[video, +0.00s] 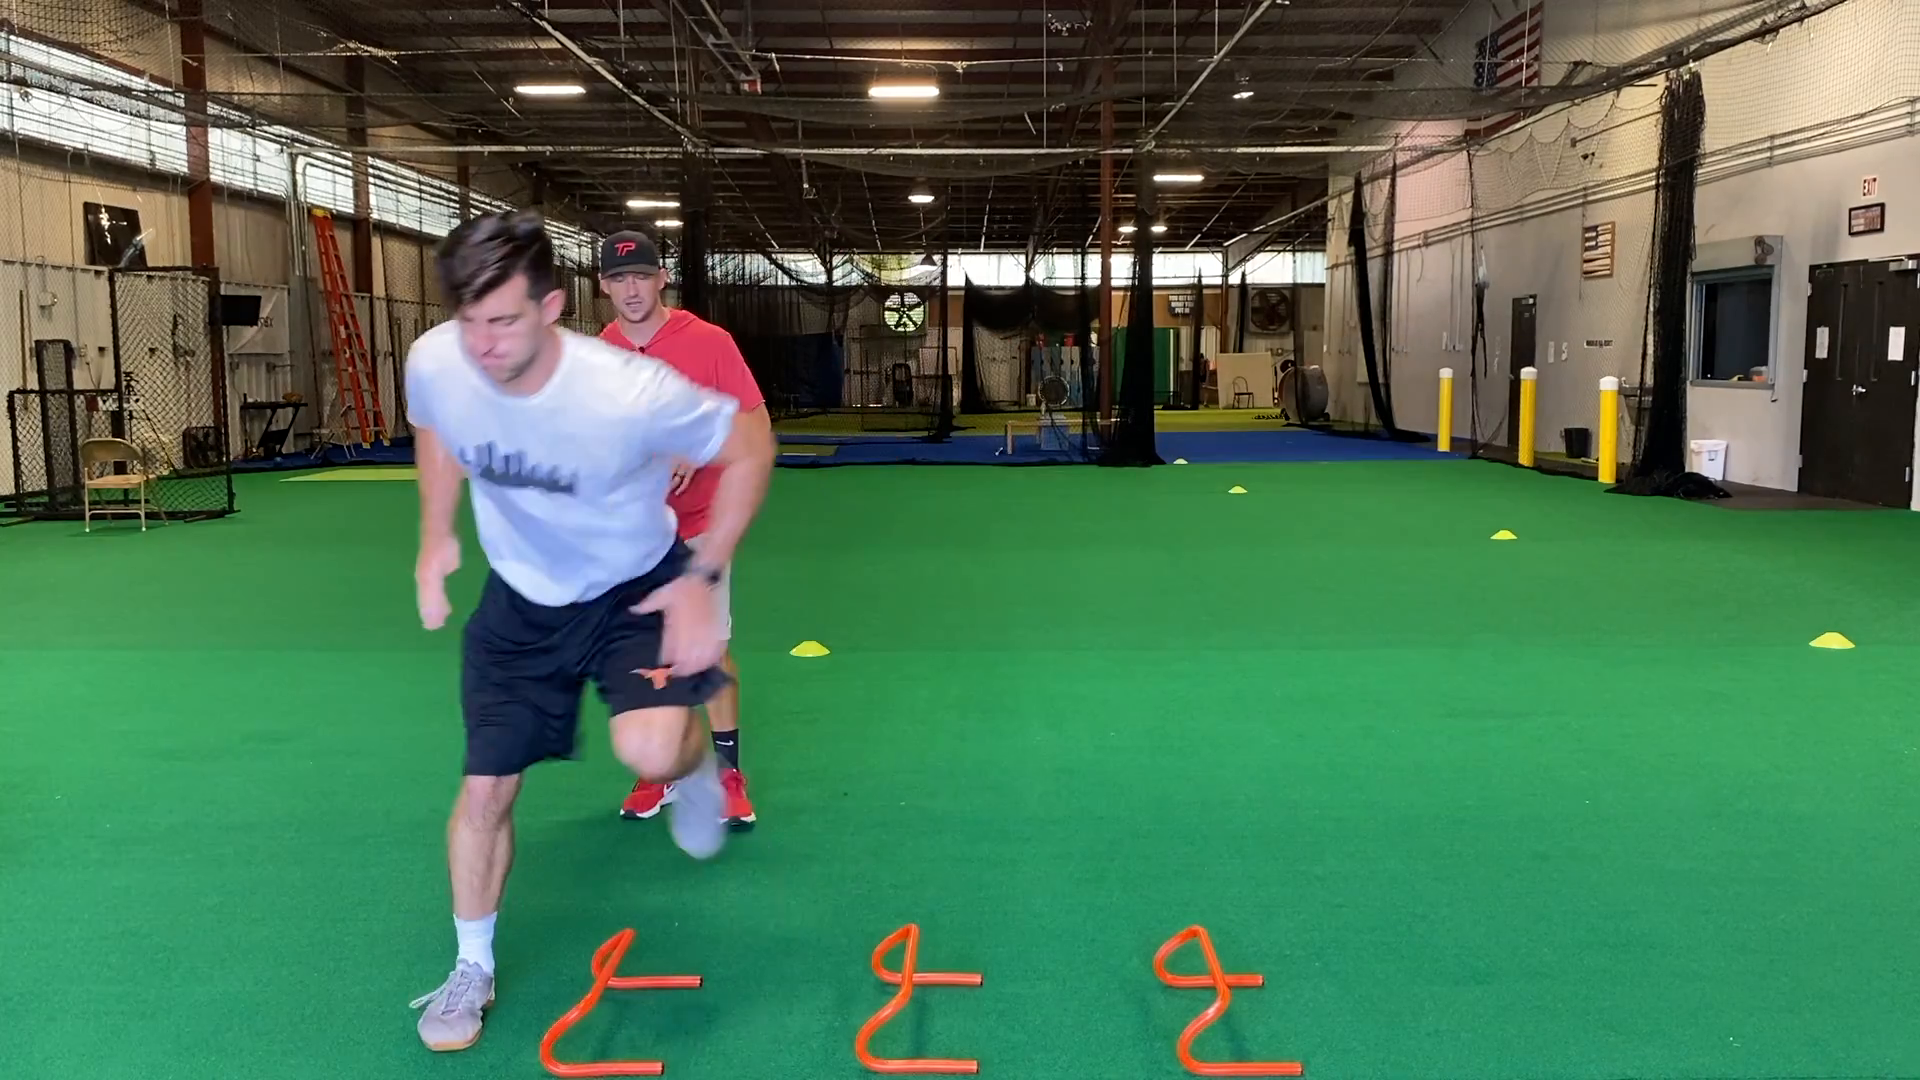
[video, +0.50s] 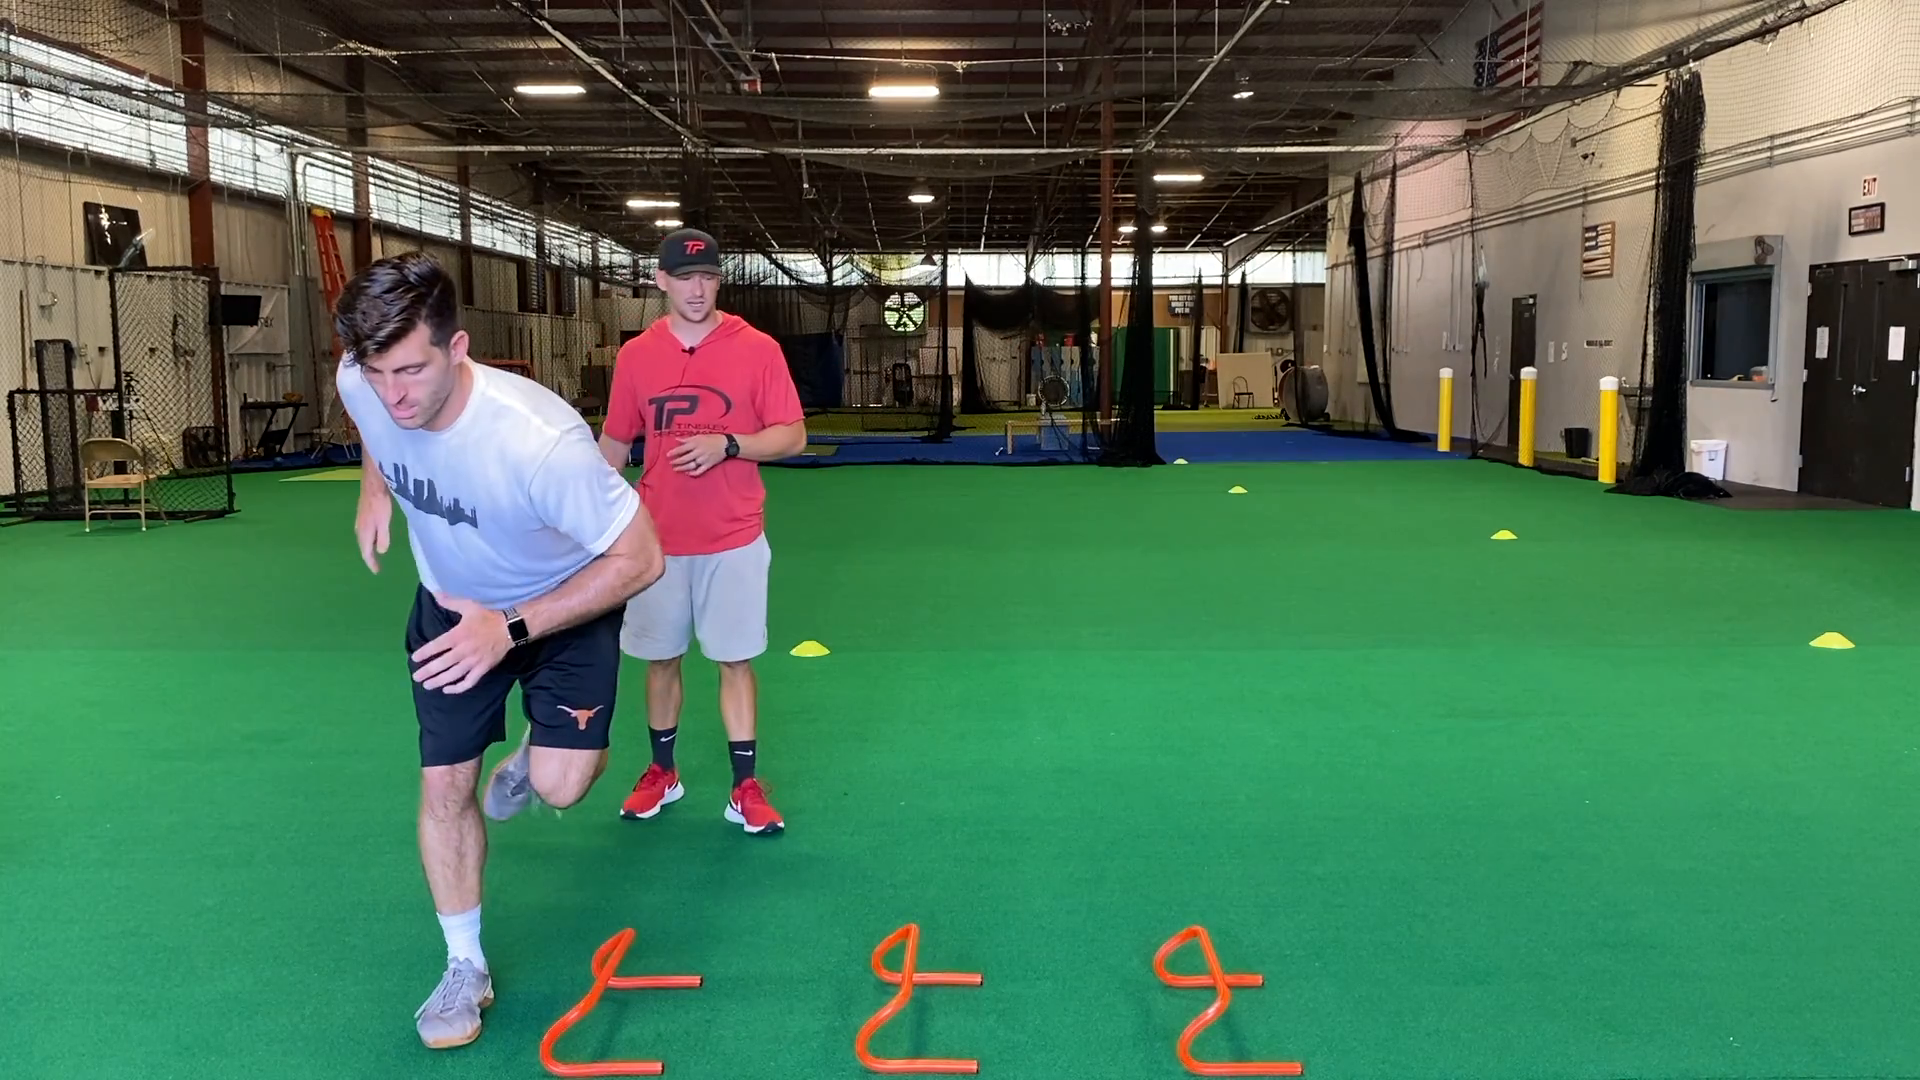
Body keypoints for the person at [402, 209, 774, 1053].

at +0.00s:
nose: (484, 341)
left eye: (504, 320)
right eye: (471, 320)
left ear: (553, 307)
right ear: (453, 311)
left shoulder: (630, 391)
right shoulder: (436, 364)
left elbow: (752, 438)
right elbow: (436, 432)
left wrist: (705, 567)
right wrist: (437, 539)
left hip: (638, 590)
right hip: (519, 597)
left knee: (649, 750)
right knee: (487, 784)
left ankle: (696, 762)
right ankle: (472, 969)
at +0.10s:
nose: (440, 367)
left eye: (459, 345)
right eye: (427, 347)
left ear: (508, 328)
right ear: (410, 336)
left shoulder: (590, 419)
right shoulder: (405, 368)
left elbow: (694, 519)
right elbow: (413, 423)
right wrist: (402, 503)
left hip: (606, 605)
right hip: (485, 606)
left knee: (592, 784)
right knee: (473, 784)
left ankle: (646, 693)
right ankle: (471, 966)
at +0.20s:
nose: (412, 384)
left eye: (431, 362)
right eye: (397, 365)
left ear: (479, 342)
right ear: (380, 356)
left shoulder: (560, 434)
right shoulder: (383, 375)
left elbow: (656, 557)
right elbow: (387, 410)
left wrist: (527, 620)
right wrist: (386, 475)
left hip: (588, 605)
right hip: (470, 601)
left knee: (574, 786)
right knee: (463, 782)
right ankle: (468, 968)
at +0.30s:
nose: (396, 392)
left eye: (414, 371)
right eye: (381, 374)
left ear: (462, 350)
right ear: (364, 366)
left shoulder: (545, 441)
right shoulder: (367, 382)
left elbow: (643, 562)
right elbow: (376, 425)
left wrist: (513, 624)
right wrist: (375, 478)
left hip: (575, 610)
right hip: (460, 608)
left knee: (567, 785)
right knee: (455, 784)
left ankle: (537, 763)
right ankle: (467, 966)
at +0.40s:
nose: (391, 394)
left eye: (409, 373)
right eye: (376, 376)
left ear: (455, 351)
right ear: (358, 367)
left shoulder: (540, 440)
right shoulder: (358, 383)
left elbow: (642, 555)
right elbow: (370, 433)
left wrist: (516, 625)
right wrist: (370, 489)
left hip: (570, 607)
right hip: (453, 607)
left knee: (567, 784)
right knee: (449, 783)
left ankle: (536, 761)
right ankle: (465, 966)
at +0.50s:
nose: (394, 392)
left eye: (412, 370)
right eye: (379, 373)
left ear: (459, 348)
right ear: (360, 365)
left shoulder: (543, 441)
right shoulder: (360, 383)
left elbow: (640, 557)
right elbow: (375, 434)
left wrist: (514, 624)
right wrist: (375, 486)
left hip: (571, 605)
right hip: (454, 603)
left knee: (565, 783)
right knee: (449, 781)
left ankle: (529, 762)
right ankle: (464, 965)